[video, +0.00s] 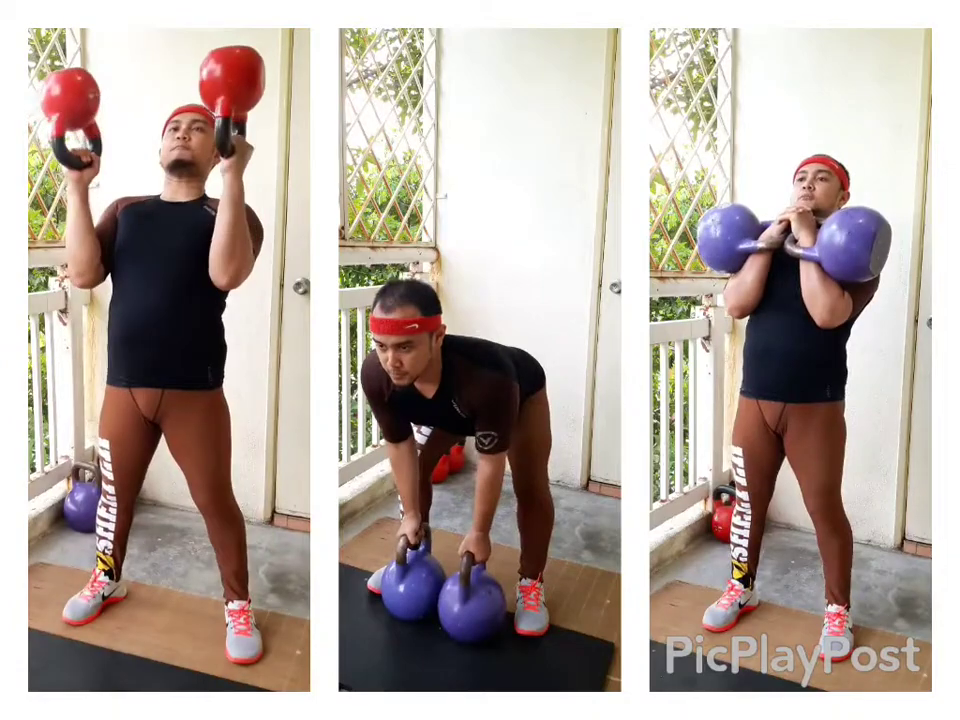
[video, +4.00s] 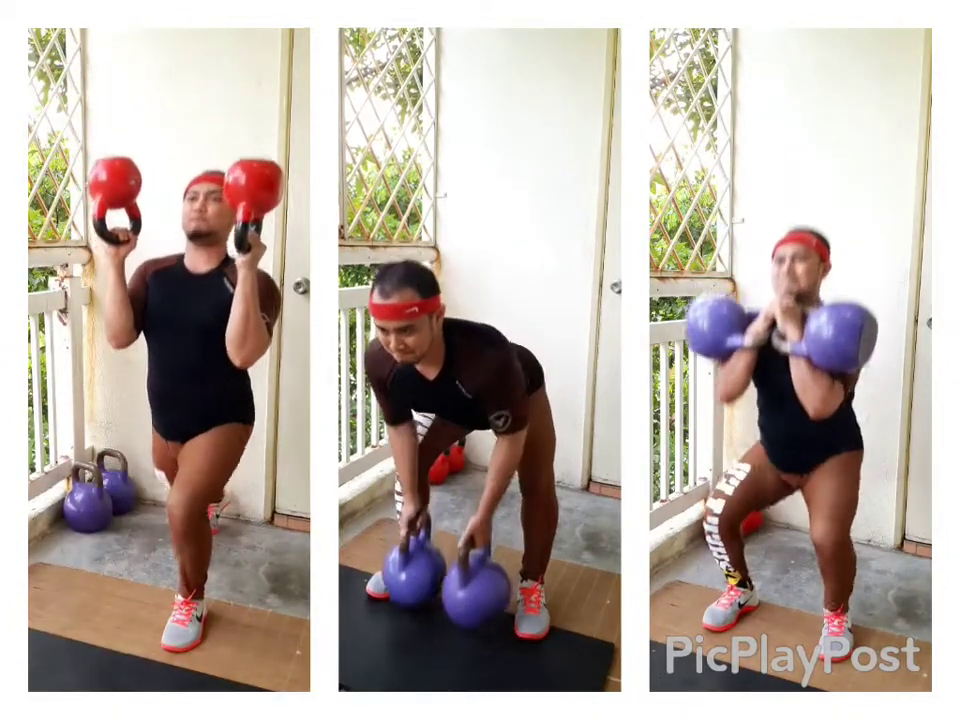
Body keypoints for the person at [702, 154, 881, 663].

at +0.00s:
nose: (805, 186)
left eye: (819, 179)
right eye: (800, 179)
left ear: (844, 196)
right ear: (790, 193)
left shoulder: (854, 257)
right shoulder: (768, 243)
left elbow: (828, 314)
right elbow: (735, 305)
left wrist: (805, 242)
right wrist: (767, 243)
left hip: (814, 406)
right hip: (754, 399)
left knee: (825, 512)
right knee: (749, 501)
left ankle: (837, 609)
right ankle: (740, 586)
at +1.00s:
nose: (788, 360)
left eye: (800, 352)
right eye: (781, 352)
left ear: (823, 363)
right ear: (773, 359)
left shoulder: (834, 420)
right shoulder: (752, 410)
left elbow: (817, 504)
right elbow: (722, 484)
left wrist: (792, 435)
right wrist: (750, 436)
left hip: (819, 534)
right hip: (766, 529)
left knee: (828, 556)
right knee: (714, 535)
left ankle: (835, 617)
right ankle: (740, 590)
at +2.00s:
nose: (805, 173)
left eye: (819, 168)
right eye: (799, 168)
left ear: (843, 188)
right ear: (788, 184)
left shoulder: (847, 246)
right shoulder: (763, 238)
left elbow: (827, 313)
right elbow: (731, 304)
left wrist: (802, 240)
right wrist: (765, 239)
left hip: (819, 404)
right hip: (761, 398)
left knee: (827, 511)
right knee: (750, 501)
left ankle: (836, 611)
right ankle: (740, 586)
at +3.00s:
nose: (808, 190)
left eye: (822, 183)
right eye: (803, 183)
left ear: (847, 200)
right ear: (793, 197)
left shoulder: (855, 262)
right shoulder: (769, 249)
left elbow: (832, 319)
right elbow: (731, 309)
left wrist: (808, 248)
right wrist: (769, 248)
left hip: (814, 407)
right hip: (753, 400)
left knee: (824, 513)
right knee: (749, 501)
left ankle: (837, 610)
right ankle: (740, 587)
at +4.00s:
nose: (789, 268)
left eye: (801, 259)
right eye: (781, 260)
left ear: (823, 269)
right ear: (771, 270)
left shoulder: (836, 330)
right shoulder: (757, 325)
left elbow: (821, 403)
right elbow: (726, 392)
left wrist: (793, 332)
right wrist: (756, 334)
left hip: (832, 454)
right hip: (775, 452)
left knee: (828, 538)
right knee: (720, 516)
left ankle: (836, 616)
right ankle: (740, 588)